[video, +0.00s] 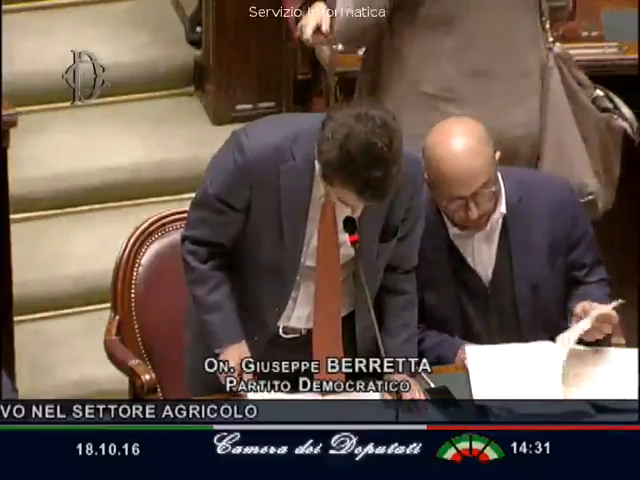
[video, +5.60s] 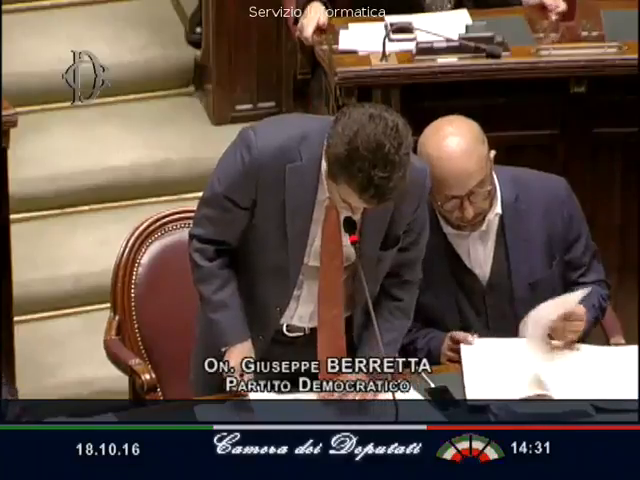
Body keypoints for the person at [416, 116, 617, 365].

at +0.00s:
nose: (474, 211)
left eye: (484, 192)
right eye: (456, 201)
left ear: (496, 160)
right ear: (429, 182)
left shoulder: (554, 199)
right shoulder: (408, 222)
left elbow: (589, 278)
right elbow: (399, 325)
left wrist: (588, 310)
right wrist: (456, 355)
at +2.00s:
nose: (480, 206)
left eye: (486, 185)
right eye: (462, 198)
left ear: (493, 156)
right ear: (431, 187)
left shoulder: (552, 196)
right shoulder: (409, 224)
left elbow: (594, 284)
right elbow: (401, 326)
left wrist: (563, 316)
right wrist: (454, 353)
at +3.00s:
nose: (473, 211)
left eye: (481, 192)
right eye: (455, 200)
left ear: (493, 157)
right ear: (429, 185)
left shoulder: (552, 197)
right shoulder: (407, 221)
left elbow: (586, 271)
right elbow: (394, 324)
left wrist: (601, 305)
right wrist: (441, 348)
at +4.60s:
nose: (475, 208)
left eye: (482, 189)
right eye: (457, 198)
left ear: (494, 158)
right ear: (430, 184)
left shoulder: (553, 194)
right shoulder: (409, 219)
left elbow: (595, 278)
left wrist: (568, 304)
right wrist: (440, 345)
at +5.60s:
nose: (469, 211)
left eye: (479, 191)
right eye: (452, 199)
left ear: (491, 159)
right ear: (425, 186)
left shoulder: (550, 197)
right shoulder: (407, 222)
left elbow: (591, 282)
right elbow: (398, 327)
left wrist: (580, 317)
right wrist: (438, 346)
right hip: (454, 380)